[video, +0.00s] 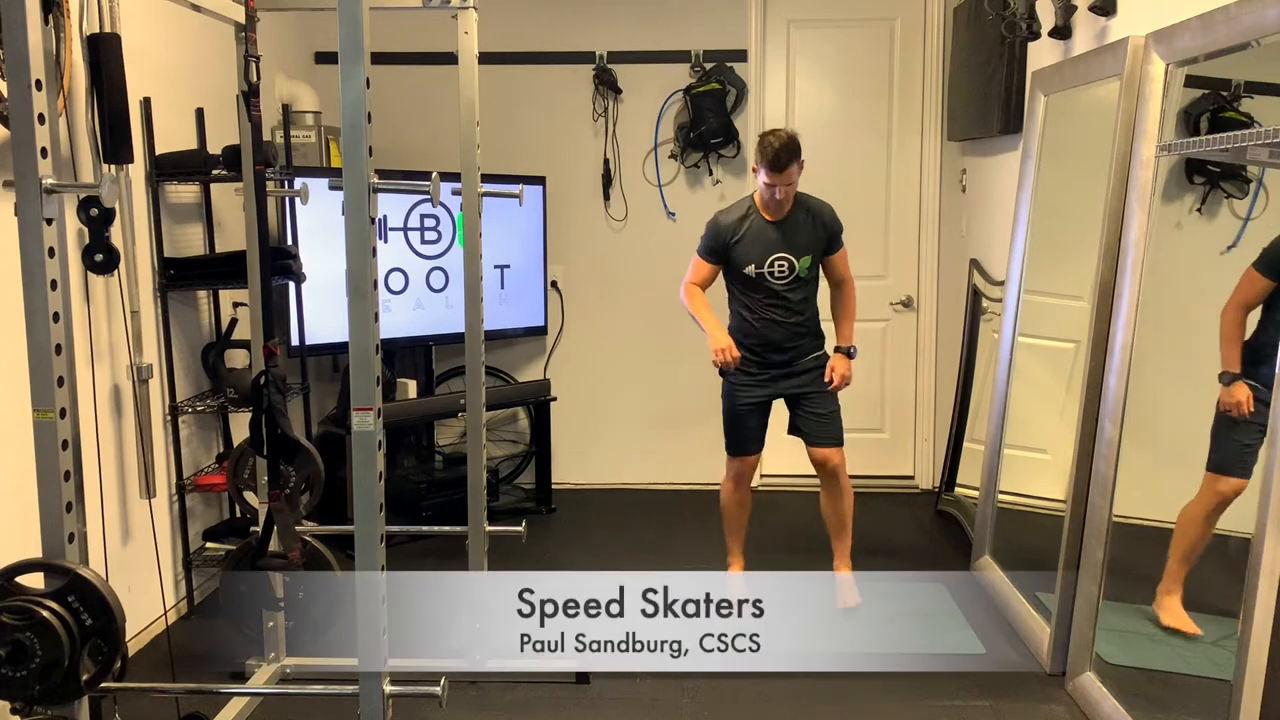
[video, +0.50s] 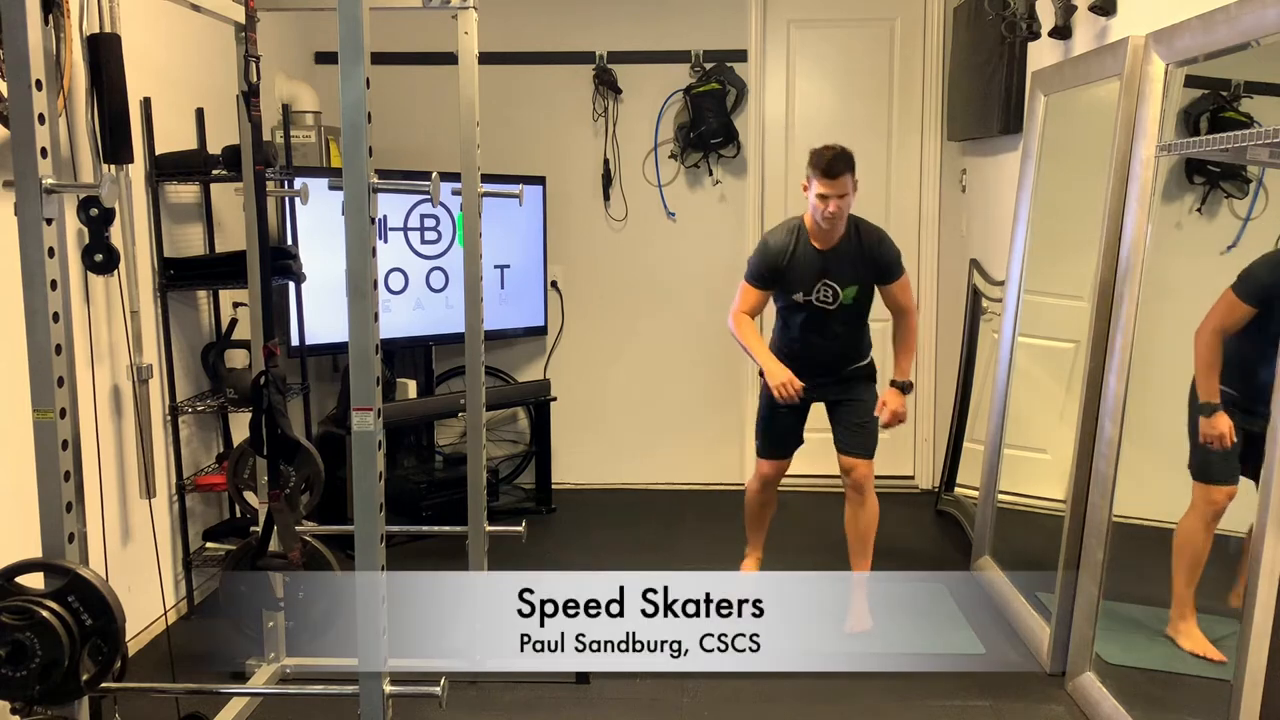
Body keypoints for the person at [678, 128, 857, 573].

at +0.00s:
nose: (778, 194)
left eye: (787, 184)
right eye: (769, 184)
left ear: (801, 172)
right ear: (755, 173)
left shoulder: (821, 220)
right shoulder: (727, 225)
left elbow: (841, 284)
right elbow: (691, 287)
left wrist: (844, 351)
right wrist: (715, 332)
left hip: (807, 365)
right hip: (747, 368)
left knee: (831, 463)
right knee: (740, 469)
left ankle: (843, 567)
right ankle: (735, 565)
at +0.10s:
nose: (785, 193)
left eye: (794, 183)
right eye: (776, 183)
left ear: (806, 172)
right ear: (759, 172)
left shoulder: (824, 221)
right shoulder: (729, 228)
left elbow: (843, 285)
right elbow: (694, 289)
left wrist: (846, 351)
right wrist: (714, 335)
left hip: (809, 366)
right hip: (749, 369)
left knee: (830, 466)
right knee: (740, 472)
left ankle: (850, 578)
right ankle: (735, 566)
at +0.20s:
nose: (794, 194)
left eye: (803, 184)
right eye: (785, 184)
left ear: (815, 174)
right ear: (768, 173)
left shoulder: (833, 224)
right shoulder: (737, 230)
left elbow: (853, 287)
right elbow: (701, 292)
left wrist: (855, 354)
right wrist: (722, 338)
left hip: (815, 370)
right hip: (753, 371)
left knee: (834, 471)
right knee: (742, 473)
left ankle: (855, 583)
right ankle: (735, 567)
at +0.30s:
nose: (807, 196)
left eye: (816, 185)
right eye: (797, 185)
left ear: (828, 178)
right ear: (781, 176)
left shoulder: (846, 228)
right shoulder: (750, 233)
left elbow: (869, 291)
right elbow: (713, 295)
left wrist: (868, 360)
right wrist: (736, 342)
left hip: (825, 371)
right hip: (764, 372)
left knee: (841, 474)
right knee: (747, 474)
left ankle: (858, 588)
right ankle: (736, 565)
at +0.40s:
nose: (821, 199)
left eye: (830, 189)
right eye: (812, 189)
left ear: (842, 182)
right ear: (795, 181)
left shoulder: (862, 236)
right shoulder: (765, 237)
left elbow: (888, 301)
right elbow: (727, 302)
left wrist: (884, 369)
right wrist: (752, 349)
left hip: (840, 373)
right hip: (777, 373)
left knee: (851, 477)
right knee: (755, 472)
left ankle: (859, 593)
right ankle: (738, 562)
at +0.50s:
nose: (832, 207)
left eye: (842, 197)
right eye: (823, 197)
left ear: (855, 191)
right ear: (806, 190)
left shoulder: (875, 246)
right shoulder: (777, 247)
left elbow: (905, 312)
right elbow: (740, 316)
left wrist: (900, 384)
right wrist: (769, 364)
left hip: (851, 376)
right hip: (788, 375)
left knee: (859, 478)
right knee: (767, 473)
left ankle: (860, 592)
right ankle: (752, 558)